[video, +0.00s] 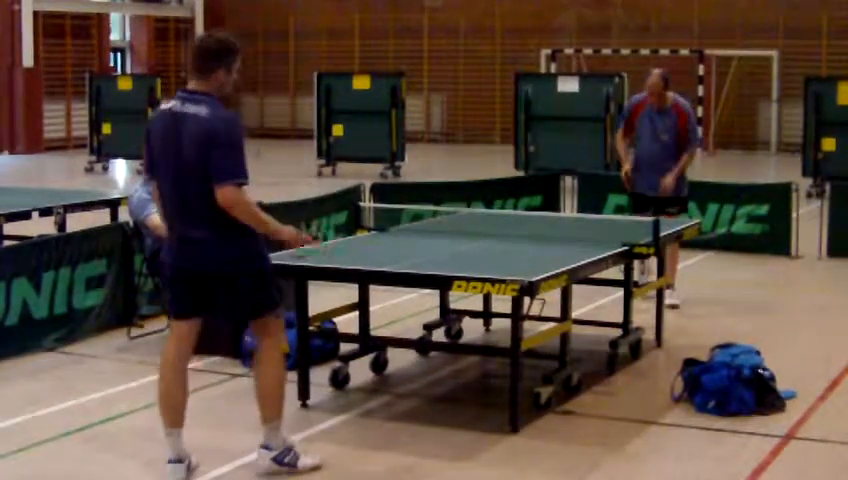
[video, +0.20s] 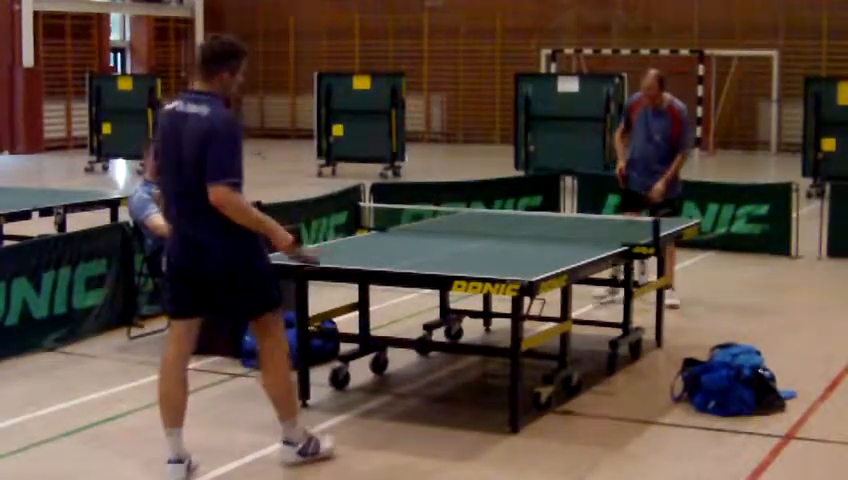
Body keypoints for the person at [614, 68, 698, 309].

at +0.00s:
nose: (652, 98)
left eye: (655, 93)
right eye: (649, 93)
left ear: (666, 91)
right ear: (645, 90)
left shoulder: (682, 110)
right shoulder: (636, 105)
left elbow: (691, 146)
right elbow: (621, 134)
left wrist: (674, 174)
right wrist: (626, 161)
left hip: (670, 183)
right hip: (641, 181)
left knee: (670, 235)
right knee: (640, 231)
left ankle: (669, 285)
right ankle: (641, 269)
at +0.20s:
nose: (648, 99)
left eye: (652, 94)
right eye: (645, 94)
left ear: (662, 91)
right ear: (641, 90)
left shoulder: (677, 111)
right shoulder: (634, 104)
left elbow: (683, 151)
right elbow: (621, 133)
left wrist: (663, 181)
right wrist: (621, 159)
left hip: (663, 181)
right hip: (634, 178)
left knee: (666, 235)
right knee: (626, 229)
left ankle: (668, 286)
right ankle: (617, 283)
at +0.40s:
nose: (634, 102)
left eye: (638, 98)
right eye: (632, 97)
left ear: (649, 96)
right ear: (629, 93)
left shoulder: (662, 116)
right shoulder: (620, 108)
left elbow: (664, 158)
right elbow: (602, 137)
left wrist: (642, 186)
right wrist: (605, 161)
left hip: (649, 185)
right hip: (618, 183)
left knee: (660, 239)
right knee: (607, 235)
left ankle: (666, 288)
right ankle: (595, 289)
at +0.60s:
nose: (619, 104)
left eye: (623, 100)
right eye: (616, 99)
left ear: (635, 98)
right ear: (612, 95)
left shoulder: (646, 120)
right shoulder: (602, 112)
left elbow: (645, 162)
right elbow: (582, 139)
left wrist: (620, 189)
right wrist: (588, 168)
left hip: (634, 187)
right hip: (602, 186)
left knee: (655, 236)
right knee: (596, 239)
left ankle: (665, 287)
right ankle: (594, 291)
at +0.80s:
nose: (614, 103)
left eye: (619, 99)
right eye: (611, 98)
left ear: (629, 98)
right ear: (607, 97)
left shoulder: (641, 123)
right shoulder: (597, 115)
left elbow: (640, 164)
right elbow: (576, 144)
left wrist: (616, 190)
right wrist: (580, 175)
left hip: (629, 189)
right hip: (596, 188)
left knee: (649, 238)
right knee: (592, 241)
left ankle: (666, 289)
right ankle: (594, 292)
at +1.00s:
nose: (616, 97)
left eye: (621, 93)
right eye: (613, 92)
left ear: (631, 94)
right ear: (610, 93)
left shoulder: (644, 121)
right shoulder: (599, 115)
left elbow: (641, 156)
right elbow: (580, 147)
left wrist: (619, 171)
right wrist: (586, 178)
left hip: (632, 185)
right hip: (601, 185)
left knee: (657, 235)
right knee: (597, 238)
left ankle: (674, 287)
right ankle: (594, 290)